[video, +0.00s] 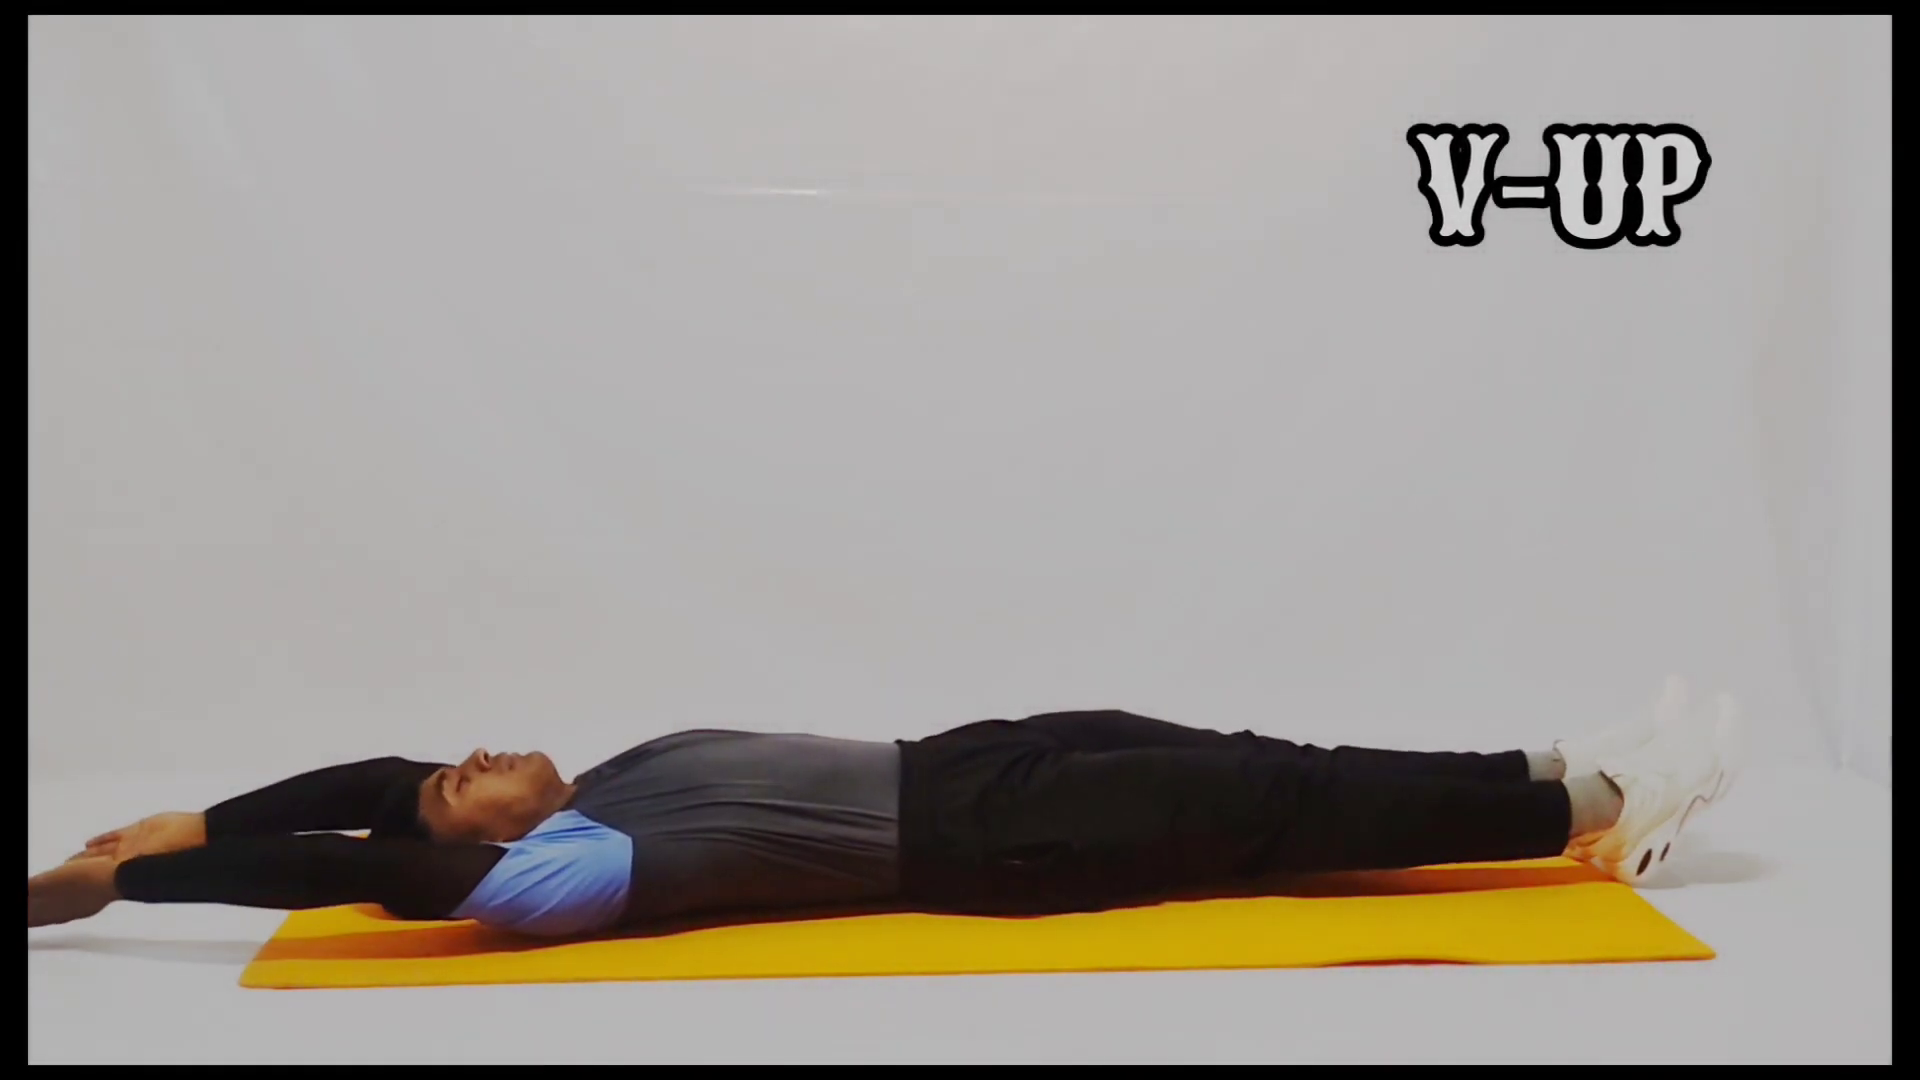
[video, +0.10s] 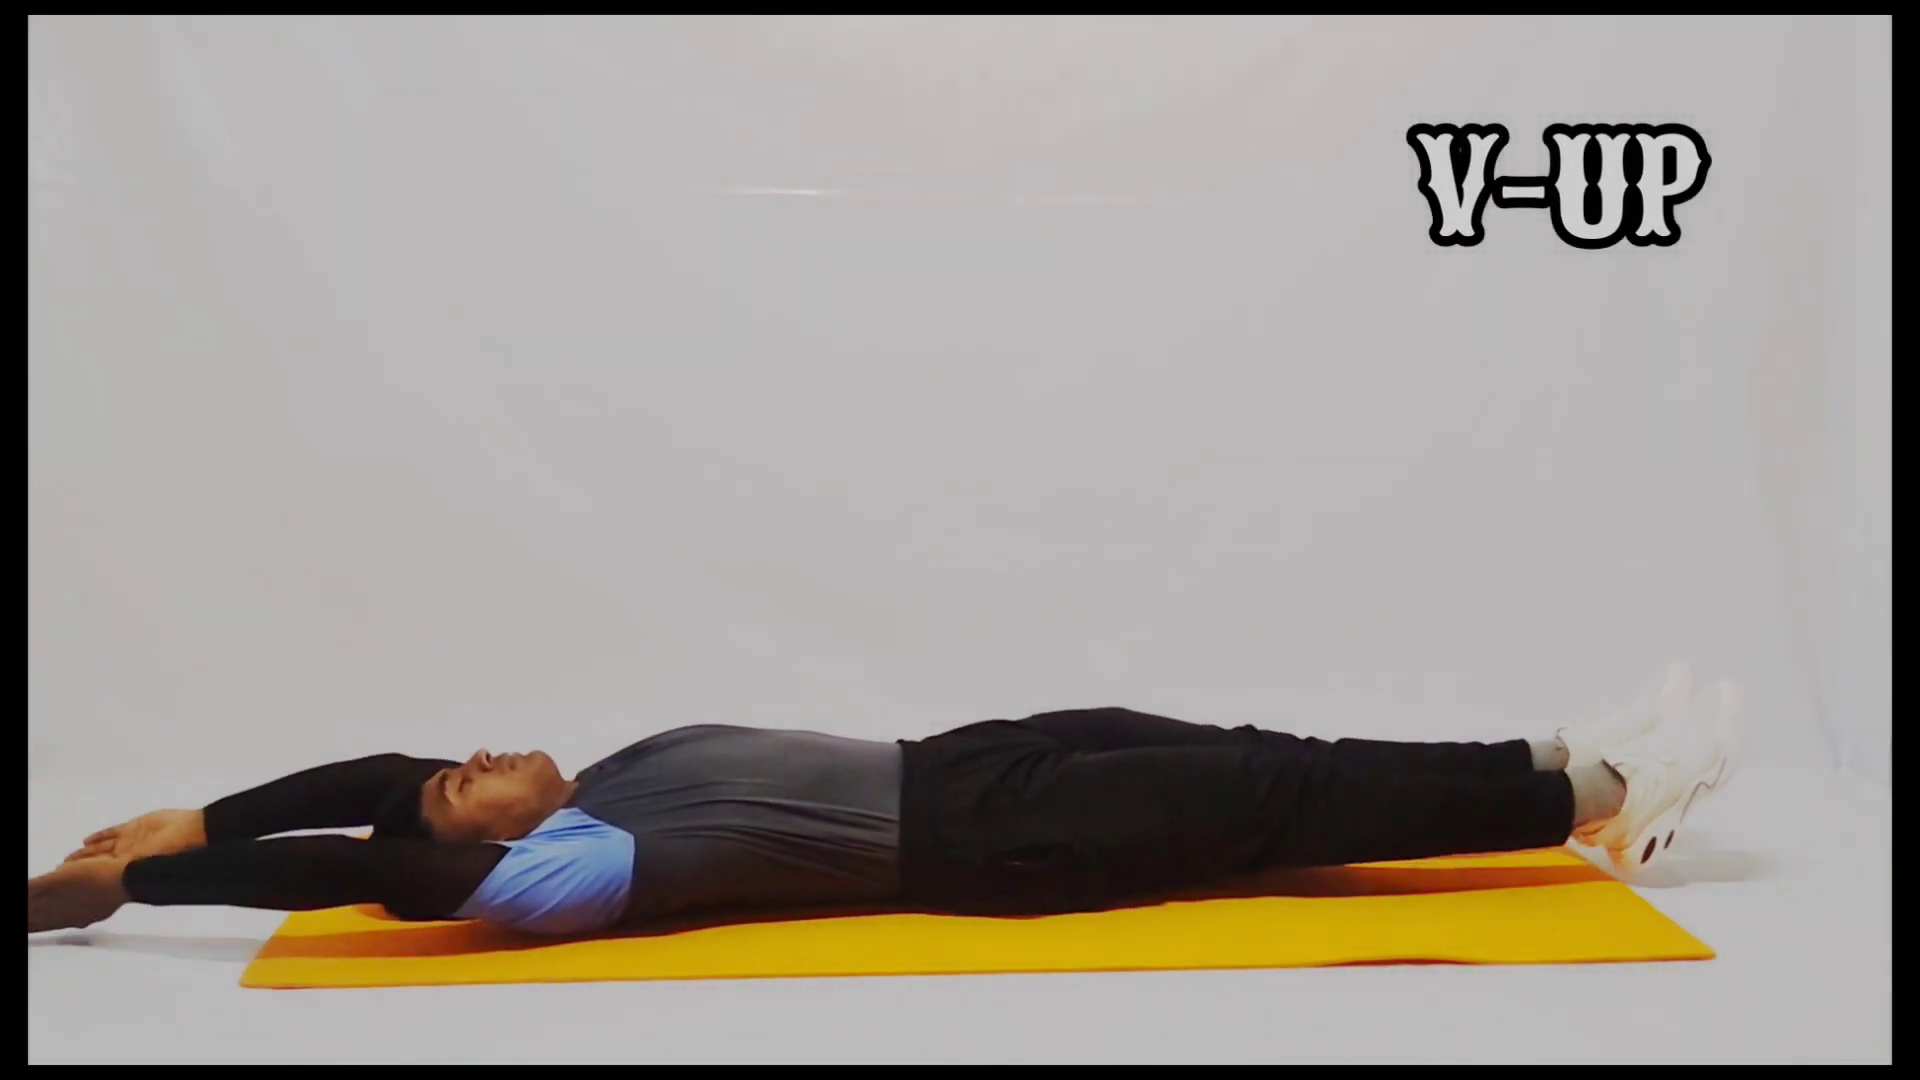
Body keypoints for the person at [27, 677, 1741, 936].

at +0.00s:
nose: (496, 763)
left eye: (473, 759)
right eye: (473, 784)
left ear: (499, 782)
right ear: (478, 842)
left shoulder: (604, 786)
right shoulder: (580, 850)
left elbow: (362, 817)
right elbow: (486, 895)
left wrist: (148, 845)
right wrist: (456, 899)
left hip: (979, 754)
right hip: (958, 824)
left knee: (1258, 757)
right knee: (1250, 811)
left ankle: (1539, 783)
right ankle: (1557, 813)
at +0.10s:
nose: (500, 762)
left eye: (477, 759)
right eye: (478, 786)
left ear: (503, 777)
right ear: (484, 848)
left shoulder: (616, 783)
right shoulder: (598, 848)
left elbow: (376, 812)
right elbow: (439, 894)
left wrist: (168, 839)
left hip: (974, 756)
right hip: (959, 826)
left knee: (1258, 748)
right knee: (1260, 800)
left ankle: (1562, 777)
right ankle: (1570, 798)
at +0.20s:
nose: (502, 761)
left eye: (479, 757)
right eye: (478, 786)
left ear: (503, 769)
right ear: (480, 845)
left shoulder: (623, 775)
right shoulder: (597, 848)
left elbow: (387, 800)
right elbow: (392, 876)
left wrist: (185, 828)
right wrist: (173, 863)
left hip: (977, 753)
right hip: (958, 826)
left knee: (1262, 745)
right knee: (1259, 798)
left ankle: (1552, 766)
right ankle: (1562, 789)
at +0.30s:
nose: (502, 767)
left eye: (476, 763)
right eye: (481, 788)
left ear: (497, 782)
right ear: (486, 843)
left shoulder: (612, 785)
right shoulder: (607, 847)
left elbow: (384, 812)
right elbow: (399, 888)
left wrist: (181, 837)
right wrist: (175, 878)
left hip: (980, 761)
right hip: (973, 824)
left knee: (1255, 742)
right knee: (1268, 787)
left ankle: (1564, 761)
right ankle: (1572, 780)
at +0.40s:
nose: (503, 778)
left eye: (482, 771)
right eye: (483, 797)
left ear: (502, 777)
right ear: (483, 845)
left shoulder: (618, 788)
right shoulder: (607, 849)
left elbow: (389, 811)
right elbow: (384, 885)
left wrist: (183, 834)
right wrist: (171, 871)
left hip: (976, 766)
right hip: (971, 827)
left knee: (1262, 743)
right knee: (1262, 778)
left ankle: (1579, 761)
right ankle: (1582, 769)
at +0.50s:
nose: (506, 768)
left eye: (483, 763)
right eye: (485, 791)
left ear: (504, 779)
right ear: (489, 843)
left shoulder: (610, 791)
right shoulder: (608, 846)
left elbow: (387, 815)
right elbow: (440, 895)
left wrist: (177, 839)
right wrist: (191, 877)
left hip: (992, 767)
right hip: (987, 819)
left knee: (1286, 740)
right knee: (1286, 766)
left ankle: (1572, 739)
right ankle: (1577, 746)